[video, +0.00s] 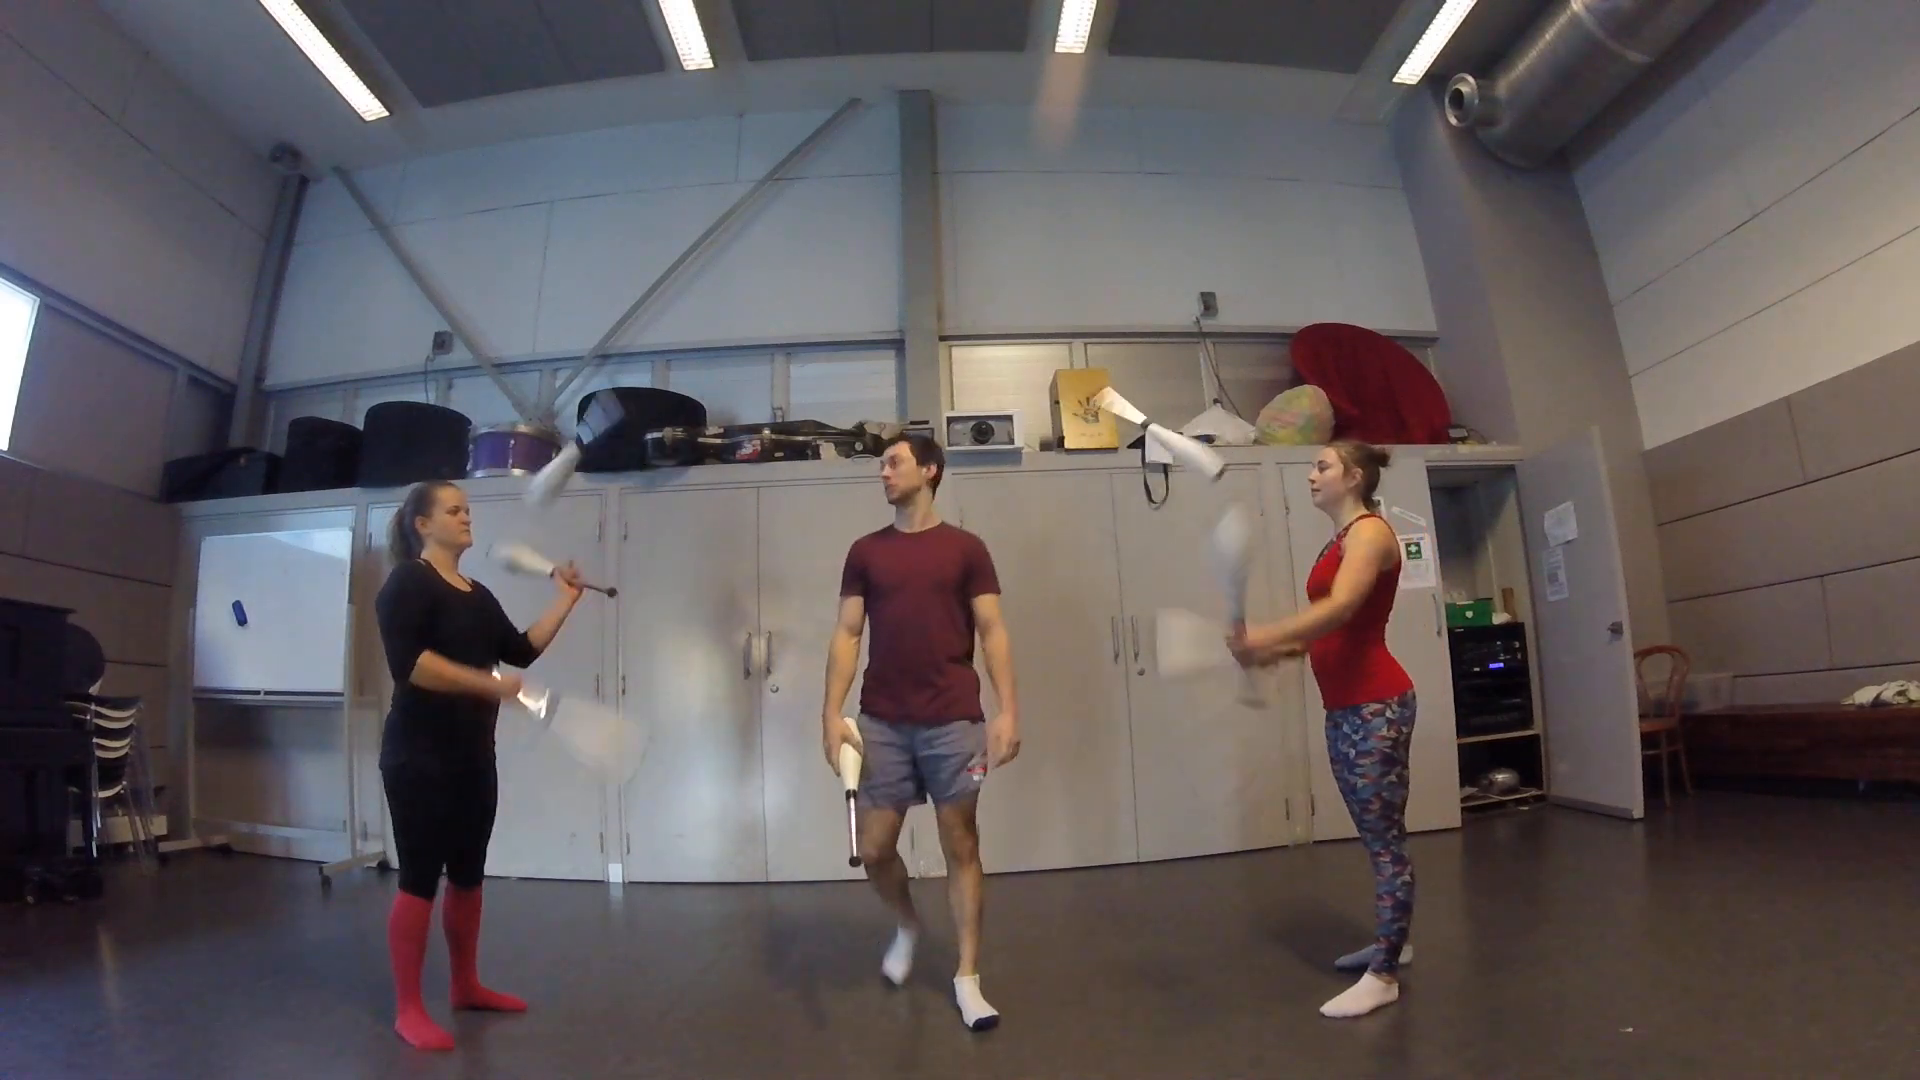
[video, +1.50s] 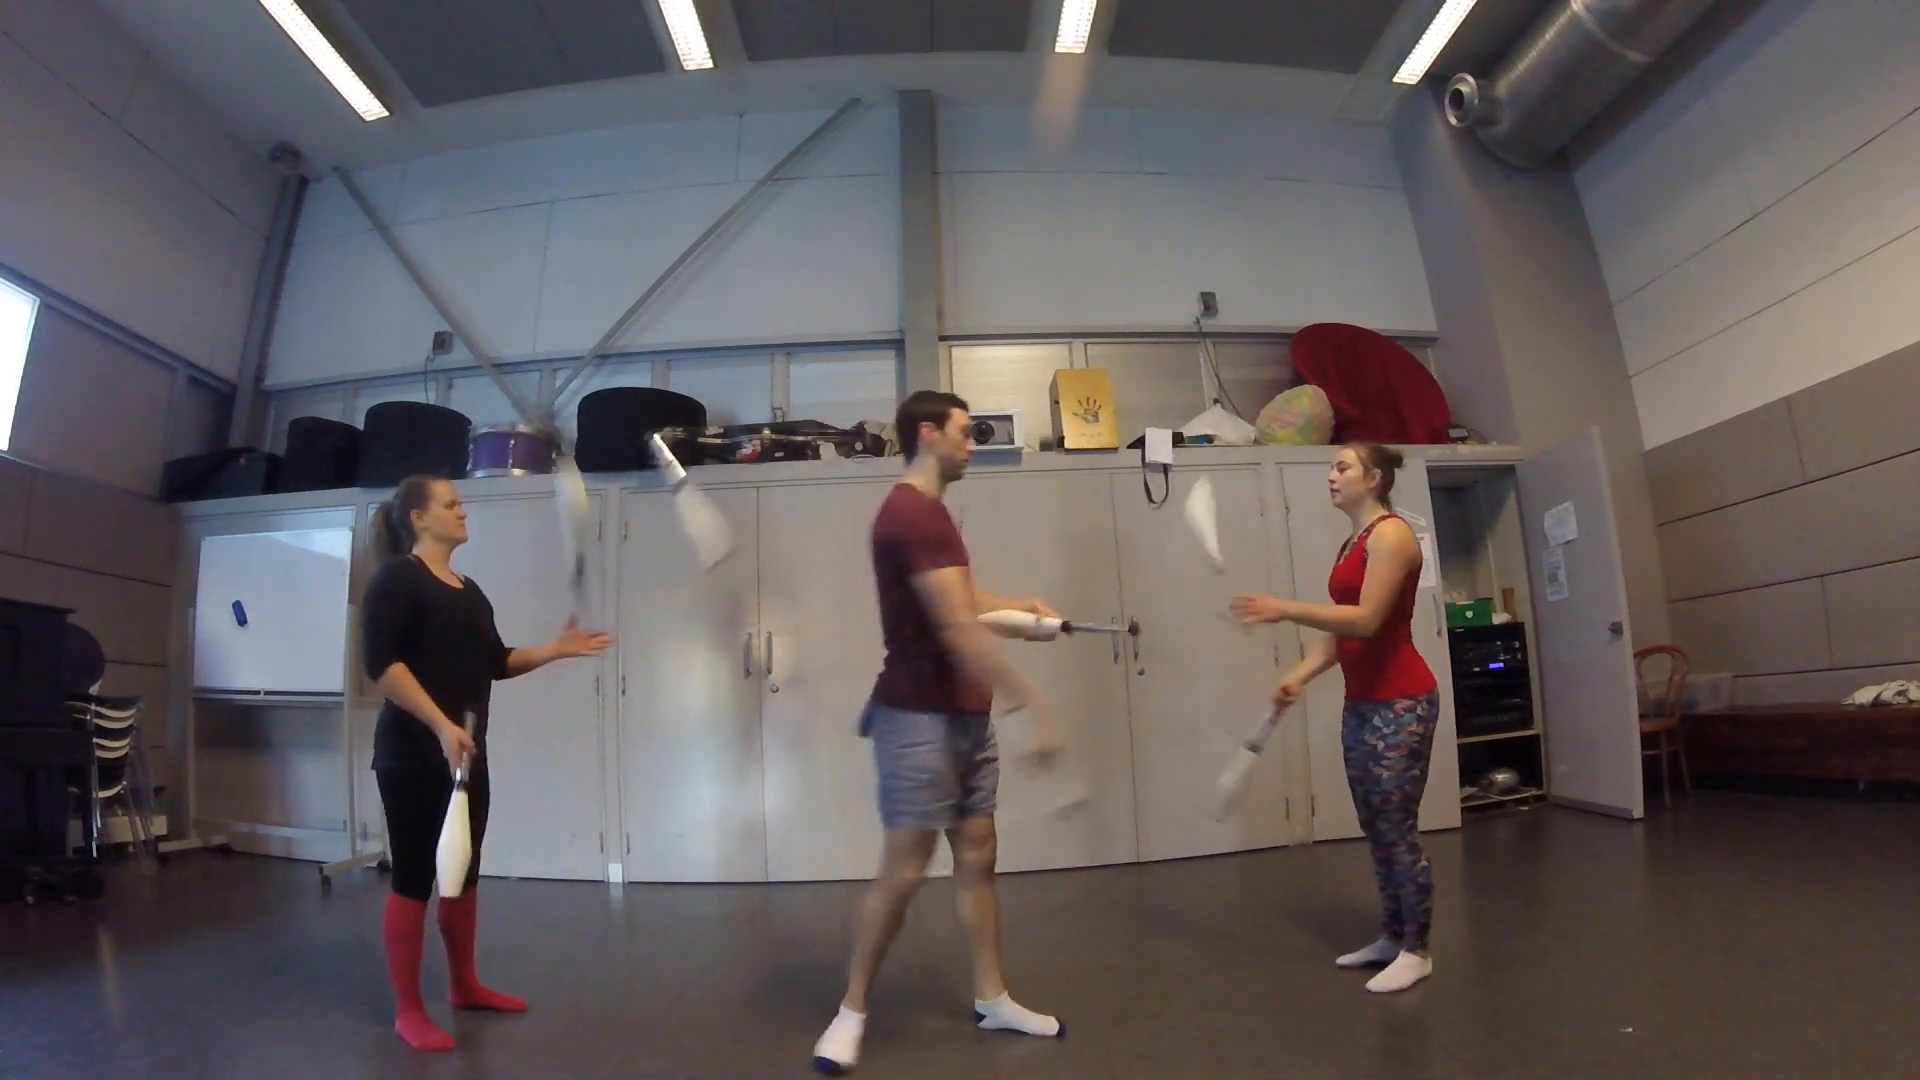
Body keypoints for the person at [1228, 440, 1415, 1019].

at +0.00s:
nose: (1312, 476)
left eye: (1323, 467)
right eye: (1313, 467)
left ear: (1355, 477)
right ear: (1339, 479)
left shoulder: (1369, 534)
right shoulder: (1342, 540)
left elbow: (1343, 607)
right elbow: (1333, 631)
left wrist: (1265, 635)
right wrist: (1273, 650)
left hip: (1374, 707)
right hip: (1351, 707)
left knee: (1383, 838)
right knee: (1377, 834)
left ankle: (1383, 975)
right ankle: (1392, 944)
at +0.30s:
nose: (1315, 477)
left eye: (1326, 469)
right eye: (1315, 470)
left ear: (1360, 479)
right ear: (1341, 482)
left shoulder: (1373, 536)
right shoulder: (1336, 547)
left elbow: (1378, 631)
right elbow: (1286, 618)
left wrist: (1317, 691)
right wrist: (1220, 581)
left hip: (1375, 706)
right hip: (1346, 707)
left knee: (1381, 836)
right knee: (1376, 833)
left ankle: (1384, 975)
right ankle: (1394, 942)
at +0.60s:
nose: (1311, 475)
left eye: (1323, 467)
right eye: (1312, 467)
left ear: (1355, 479)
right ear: (1331, 483)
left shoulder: (1373, 536)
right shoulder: (1329, 546)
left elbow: (1357, 622)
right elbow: (1304, 630)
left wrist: (1278, 599)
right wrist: (1266, 687)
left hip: (1380, 707)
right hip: (1345, 709)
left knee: (1383, 836)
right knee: (1376, 834)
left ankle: (1383, 973)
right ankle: (1392, 942)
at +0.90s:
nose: (1312, 479)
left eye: (1323, 470)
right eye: (1313, 471)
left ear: (1356, 480)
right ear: (1333, 482)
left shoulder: (1378, 538)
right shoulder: (1328, 548)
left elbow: (1380, 626)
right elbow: (1295, 627)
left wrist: (1311, 646)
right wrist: (1236, 641)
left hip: (1379, 706)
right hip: (1342, 708)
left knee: (1378, 832)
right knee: (1371, 830)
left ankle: (1382, 969)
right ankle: (1392, 940)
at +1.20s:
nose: (1320, 481)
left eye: (1332, 472)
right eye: (1320, 473)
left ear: (1365, 482)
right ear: (1345, 484)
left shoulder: (1383, 539)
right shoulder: (1341, 548)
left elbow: (1385, 630)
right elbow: (1299, 620)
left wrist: (1331, 694)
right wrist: (1228, 599)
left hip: (1386, 701)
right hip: (1353, 704)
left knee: (1378, 826)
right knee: (1372, 825)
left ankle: (1392, 963)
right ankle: (1393, 943)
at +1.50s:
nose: (1331, 477)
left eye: (1343, 467)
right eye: (1331, 468)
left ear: (1375, 479)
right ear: (1350, 482)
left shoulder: (1393, 535)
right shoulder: (1355, 543)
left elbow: (1368, 620)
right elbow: (1342, 631)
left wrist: (1286, 610)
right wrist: (1299, 674)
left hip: (1400, 703)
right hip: (1363, 703)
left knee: (1395, 825)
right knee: (1375, 824)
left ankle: (1416, 950)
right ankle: (1394, 935)